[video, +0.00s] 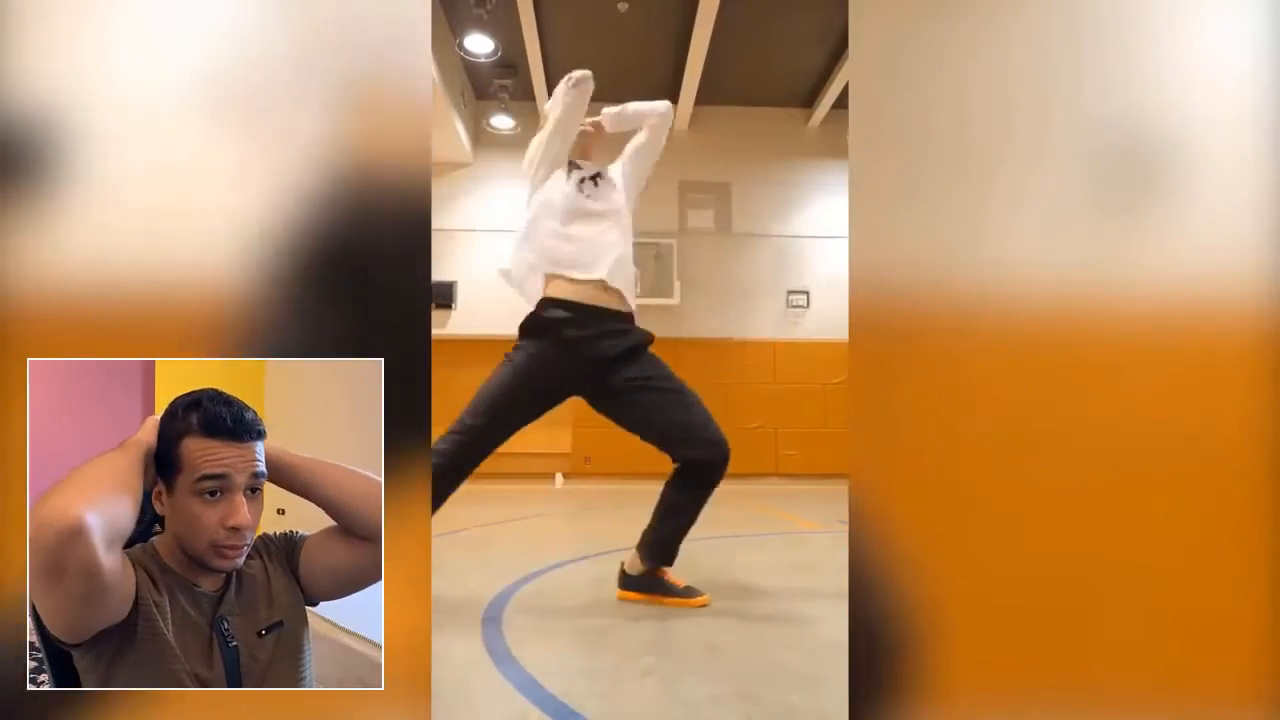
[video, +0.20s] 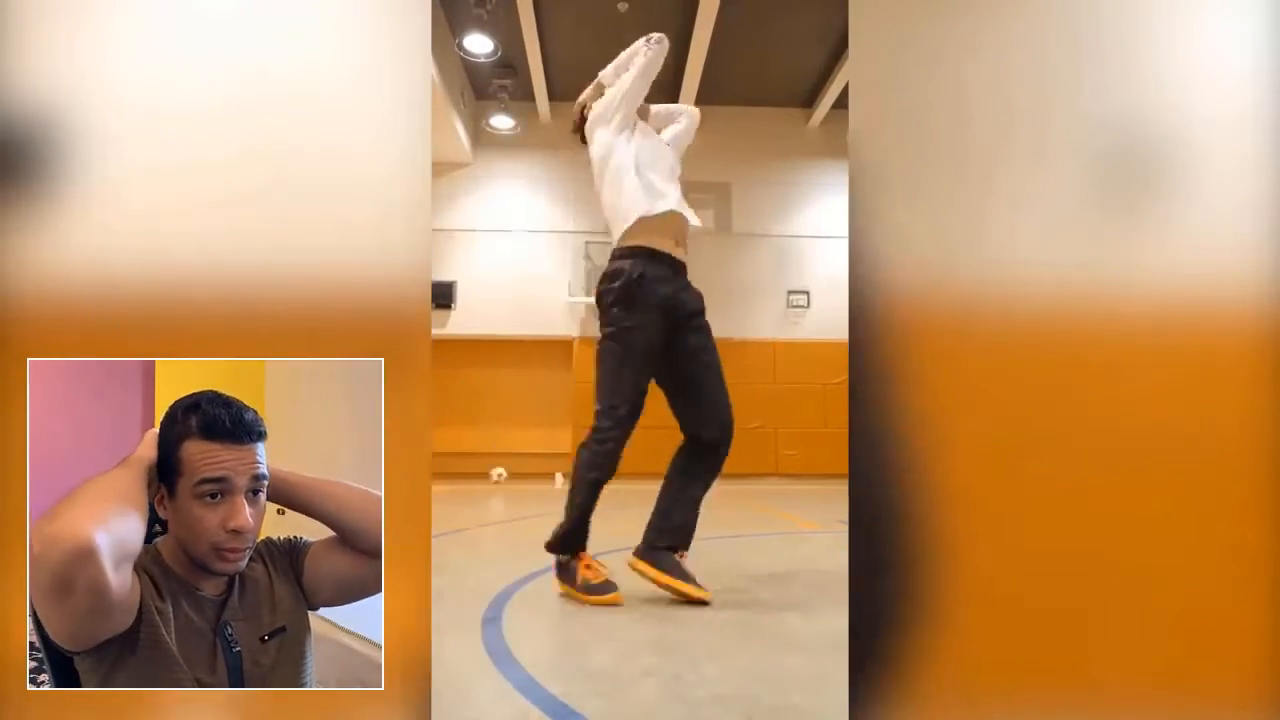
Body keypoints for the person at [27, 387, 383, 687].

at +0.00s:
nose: (241, 519)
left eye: (253, 491)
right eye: (212, 492)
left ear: (264, 490)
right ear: (160, 495)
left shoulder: (280, 568)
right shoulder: (114, 598)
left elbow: (392, 529)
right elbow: (67, 528)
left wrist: (262, 454)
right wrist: (141, 448)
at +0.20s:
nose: (242, 521)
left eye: (255, 493)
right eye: (213, 494)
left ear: (264, 492)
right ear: (162, 500)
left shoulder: (282, 571)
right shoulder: (117, 601)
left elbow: (398, 541)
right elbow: (72, 548)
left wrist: (265, 478)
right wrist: (143, 466)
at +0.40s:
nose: (250, 524)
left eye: (261, 493)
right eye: (219, 497)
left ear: (268, 493)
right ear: (168, 503)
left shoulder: (284, 571)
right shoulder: (121, 602)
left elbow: (398, 548)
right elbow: (81, 551)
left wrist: (264, 489)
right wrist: (145, 474)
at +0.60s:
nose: (257, 523)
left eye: (266, 493)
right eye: (225, 497)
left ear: (272, 494)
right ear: (171, 503)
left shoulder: (286, 574)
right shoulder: (121, 602)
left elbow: (400, 554)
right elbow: (79, 547)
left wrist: (268, 493)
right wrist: (149, 473)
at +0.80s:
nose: (261, 522)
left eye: (269, 493)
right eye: (229, 495)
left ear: (274, 494)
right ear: (173, 503)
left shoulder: (285, 574)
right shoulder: (121, 598)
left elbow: (399, 553)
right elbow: (78, 542)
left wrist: (268, 494)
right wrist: (153, 472)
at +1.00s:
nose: (267, 522)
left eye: (276, 494)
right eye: (239, 495)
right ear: (177, 501)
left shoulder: (283, 573)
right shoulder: (117, 598)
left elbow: (397, 551)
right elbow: (72, 534)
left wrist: (270, 494)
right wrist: (156, 473)